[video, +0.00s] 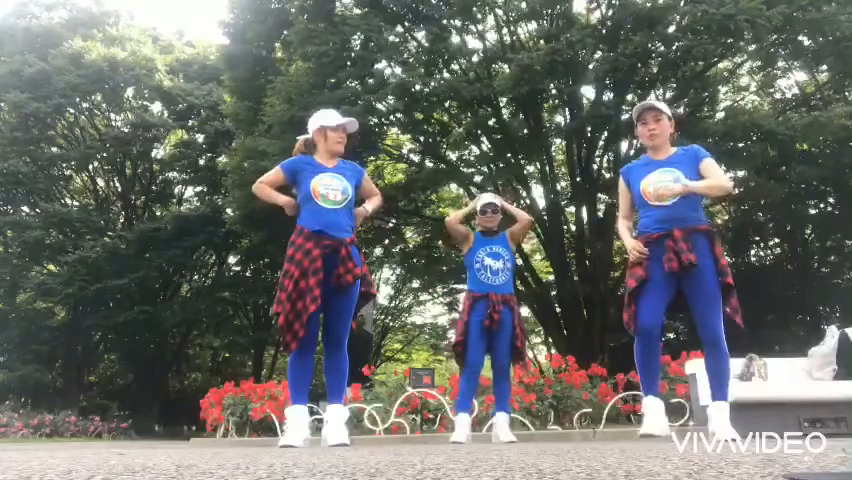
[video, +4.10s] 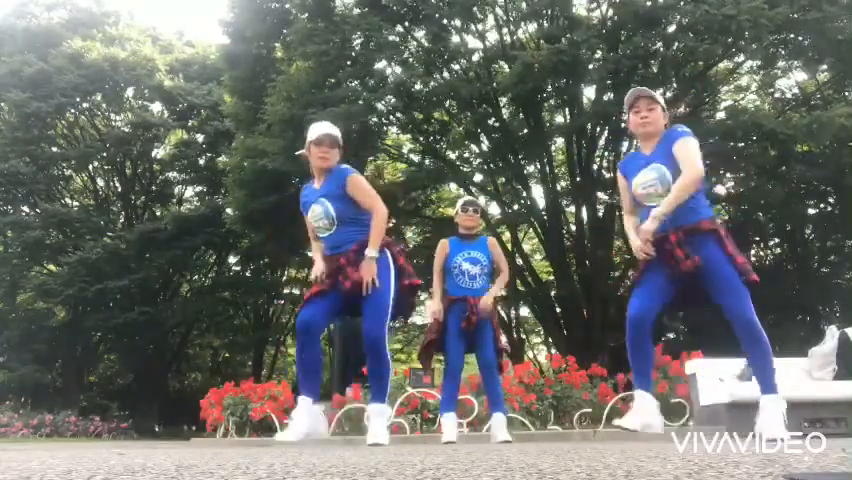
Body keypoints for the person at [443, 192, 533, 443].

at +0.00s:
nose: (490, 215)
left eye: (494, 212)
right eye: (485, 211)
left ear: (501, 216)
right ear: (477, 216)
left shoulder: (508, 238)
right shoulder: (469, 239)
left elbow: (527, 220)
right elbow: (451, 222)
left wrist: (504, 205)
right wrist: (471, 208)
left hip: (505, 304)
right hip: (478, 303)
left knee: (502, 364)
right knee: (473, 363)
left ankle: (501, 421)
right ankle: (462, 420)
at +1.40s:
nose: (479, 215)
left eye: (483, 211)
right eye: (474, 211)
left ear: (491, 214)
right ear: (467, 216)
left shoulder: (501, 238)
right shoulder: (462, 240)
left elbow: (522, 256)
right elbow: (443, 258)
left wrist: (501, 233)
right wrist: (463, 234)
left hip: (496, 304)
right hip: (468, 304)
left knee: (497, 365)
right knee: (463, 364)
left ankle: (500, 423)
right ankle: (454, 421)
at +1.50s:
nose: (481, 215)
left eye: (485, 211)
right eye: (475, 211)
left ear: (492, 215)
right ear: (466, 216)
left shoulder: (502, 239)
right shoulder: (460, 242)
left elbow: (523, 266)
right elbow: (441, 268)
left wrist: (505, 253)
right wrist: (461, 251)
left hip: (496, 305)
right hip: (468, 305)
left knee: (497, 364)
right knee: (463, 363)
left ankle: (501, 423)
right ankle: (456, 422)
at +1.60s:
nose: (478, 216)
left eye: (482, 211)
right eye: (472, 212)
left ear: (488, 215)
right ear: (463, 217)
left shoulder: (499, 242)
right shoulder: (456, 244)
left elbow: (518, 267)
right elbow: (439, 272)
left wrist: (507, 273)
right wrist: (455, 273)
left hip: (494, 306)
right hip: (466, 306)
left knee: (496, 365)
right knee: (463, 364)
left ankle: (501, 423)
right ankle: (457, 423)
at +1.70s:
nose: (471, 216)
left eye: (476, 212)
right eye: (466, 213)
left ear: (483, 217)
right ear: (458, 218)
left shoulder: (494, 243)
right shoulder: (450, 246)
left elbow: (508, 273)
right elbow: (439, 276)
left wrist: (509, 301)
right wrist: (444, 298)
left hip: (490, 306)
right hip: (460, 307)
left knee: (492, 364)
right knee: (461, 366)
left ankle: (500, 421)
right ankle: (457, 423)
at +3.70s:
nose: (463, 215)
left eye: (468, 212)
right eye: (459, 211)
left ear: (475, 217)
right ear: (451, 215)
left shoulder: (484, 243)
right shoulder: (439, 244)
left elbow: (493, 274)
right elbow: (430, 277)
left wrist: (495, 302)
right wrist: (428, 303)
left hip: (479, 305)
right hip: (450, 305)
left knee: (481, 362)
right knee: (452, 363)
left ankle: (489, 421)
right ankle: (450, 421)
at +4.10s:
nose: (470, 215)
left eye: (475, 211)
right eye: (465, 211)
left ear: (480, 218)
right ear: (456, 217)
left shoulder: (489, 243)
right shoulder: (446, 244)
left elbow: (504, 270)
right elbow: (437, 276)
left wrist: (492, 294)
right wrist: (436, 300)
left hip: (483, 306)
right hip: (455, 306)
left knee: (488, 362)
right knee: (454, 363)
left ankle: (498, 419)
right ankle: (448, 418)